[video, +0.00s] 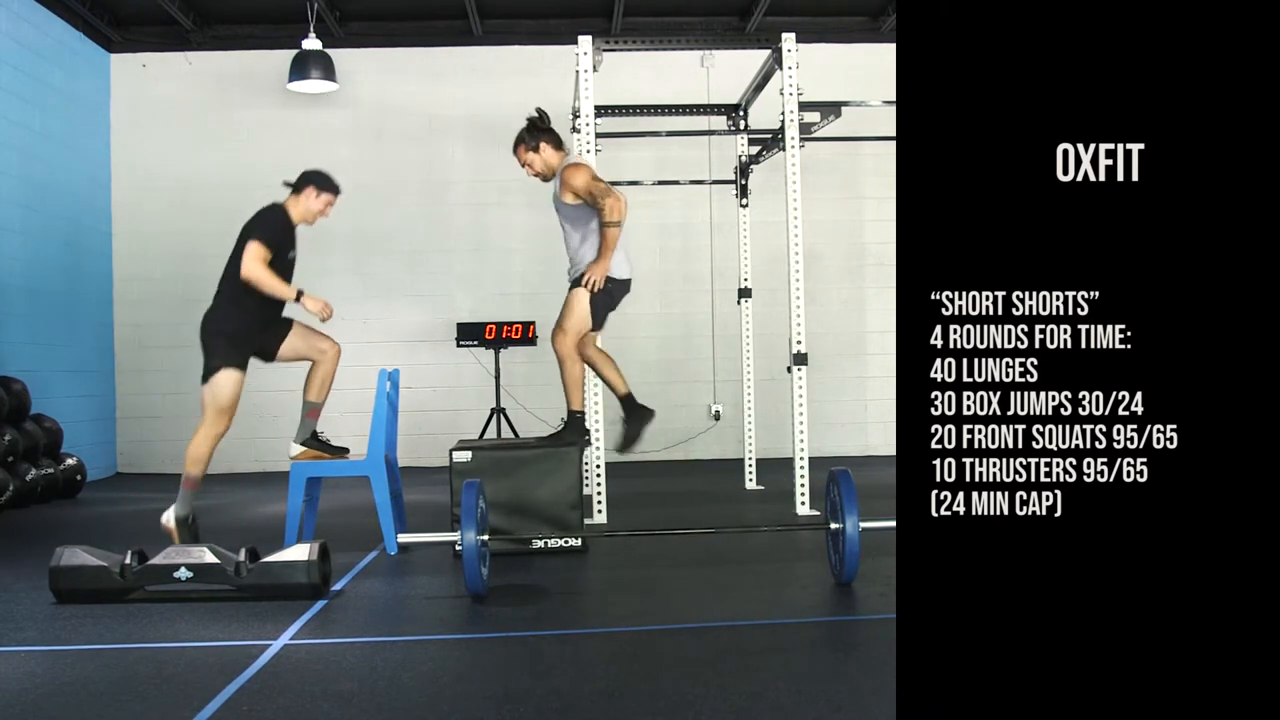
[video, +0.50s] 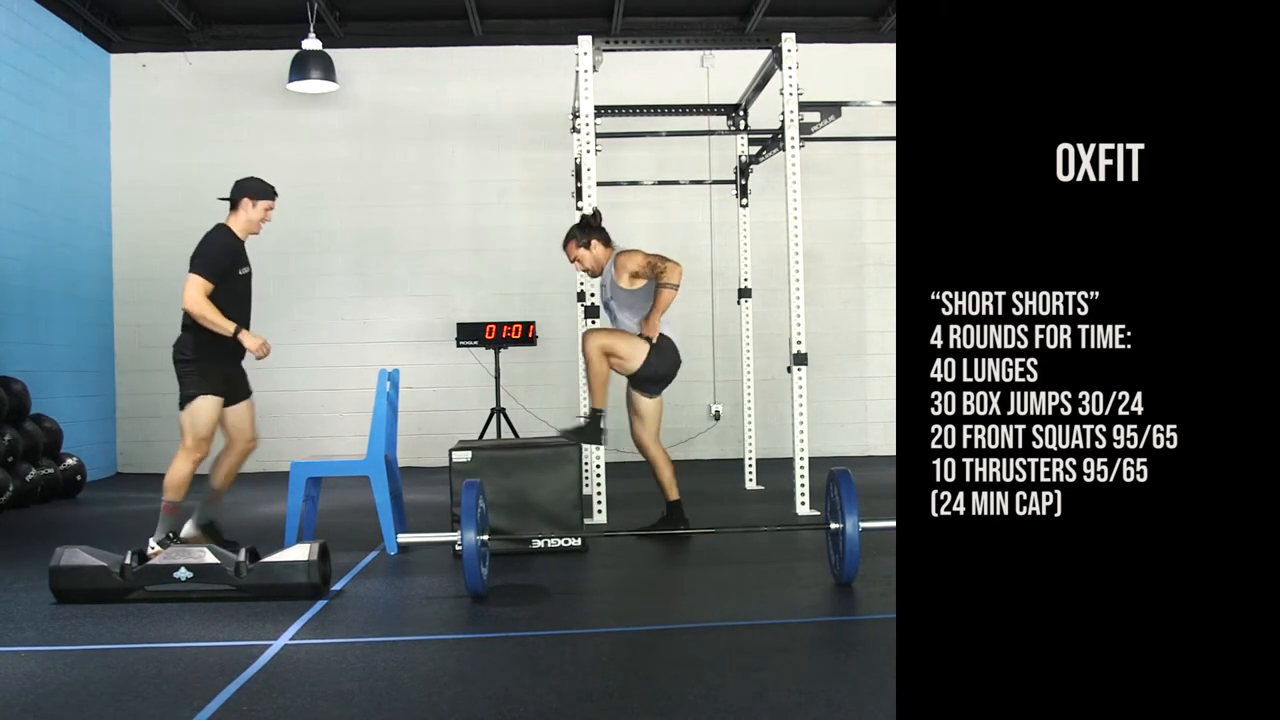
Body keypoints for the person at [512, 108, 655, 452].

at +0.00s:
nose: (529, 172)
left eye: (527, 163)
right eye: (525, 167)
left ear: (545, 148)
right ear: (546, 149)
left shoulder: (572, 174)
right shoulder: (573, 173)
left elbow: (613, 202)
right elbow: (616, 201)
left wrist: (603, 260)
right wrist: (599, 259)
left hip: (597, 275)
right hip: (604, 275)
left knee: (563, 340)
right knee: (585, 345)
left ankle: (575, 424)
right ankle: (634, 409)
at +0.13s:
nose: (541, 193)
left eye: (541, 185)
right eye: (538, 188)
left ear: (560, 171)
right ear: (558, 173)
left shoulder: (590, 195)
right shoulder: (576, 203)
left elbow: (634, 219)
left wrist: (617, 271)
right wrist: (596, 282)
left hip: (613, 293)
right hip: (615, 294)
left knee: (554, 345)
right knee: (614, 373)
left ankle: (575, 426)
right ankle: (654, 446)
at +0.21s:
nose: (552, 216)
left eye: (553, 208)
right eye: (549, 211)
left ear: (571, 196)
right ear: (570, 199)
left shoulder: (602, 221)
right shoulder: (584, 230)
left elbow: (648, 244)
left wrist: (623, 293)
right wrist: (600, 306)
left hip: (622, 319)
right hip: (623, 320)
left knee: (552, 347)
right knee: (631, 403)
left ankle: (574, 426)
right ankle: (658, 477)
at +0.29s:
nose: (564, 248)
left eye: (565, 240)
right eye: (561, 242)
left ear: (584, 229)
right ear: (582, 231)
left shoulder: (613, 253)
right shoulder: (595, 263)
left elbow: (661, 271)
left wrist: (634, 321)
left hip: (632, 353)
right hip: (636, 356)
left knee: (556, 347)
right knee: (639, 435)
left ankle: (574, 426)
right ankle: (671, 510)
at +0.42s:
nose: (573, 274)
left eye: (573, 265)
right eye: (569, 268)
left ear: (590, 252)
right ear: (589, 253)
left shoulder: (624, 267)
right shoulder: (608, 281)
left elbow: (672, 280)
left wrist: (653, 329)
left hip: (649, 367)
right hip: (639, 374)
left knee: (580, 341)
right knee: (638, 447)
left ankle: (578, 423)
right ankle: (675, 515)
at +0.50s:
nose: (578, 268)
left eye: (578, 259)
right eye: (574, 263)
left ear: (595, 245)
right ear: (595, 246)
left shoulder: (625, 260)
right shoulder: (609, 274)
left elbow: (672, 270)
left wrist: (654, 316)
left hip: (657, 357)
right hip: (645, 368)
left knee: (594, 340)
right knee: (646, 440)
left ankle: (595, 423)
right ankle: (676, 516)